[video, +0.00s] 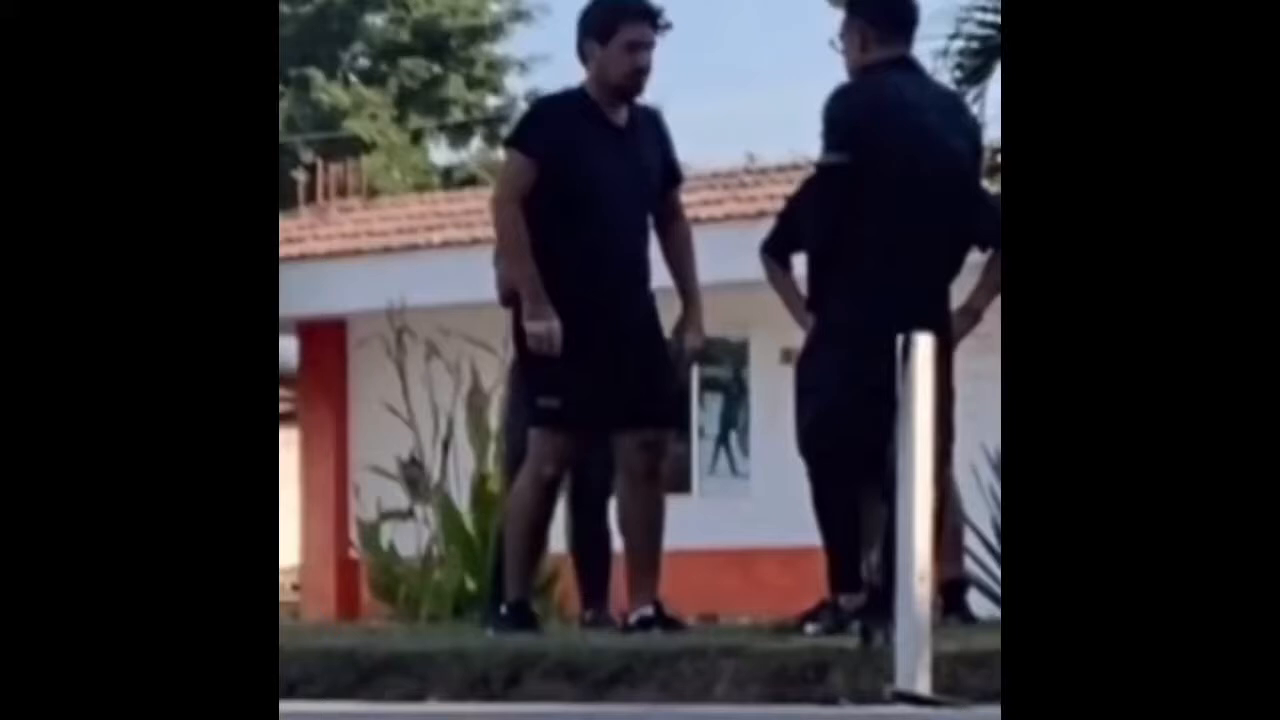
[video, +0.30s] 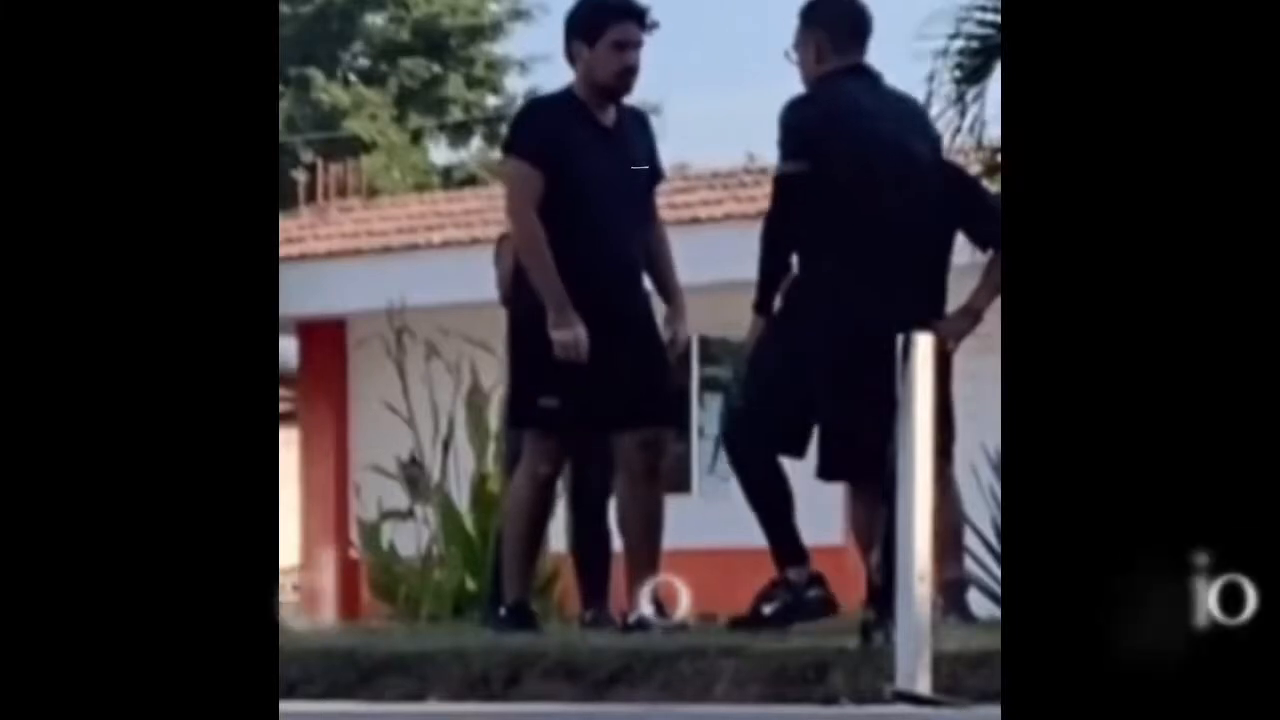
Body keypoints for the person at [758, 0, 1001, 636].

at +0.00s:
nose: (843, 51)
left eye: (846, 39)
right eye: (845, 40)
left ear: (860, 37)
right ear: (907, 36)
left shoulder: (850, 98)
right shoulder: (954, 107)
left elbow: (836, 194)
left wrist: (806, 307)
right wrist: (962, 317)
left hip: (850, 315)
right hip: (921, 316)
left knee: (834, 456)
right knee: (922, 460)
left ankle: (847, 592)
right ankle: (928, 591)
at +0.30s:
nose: (795, 57)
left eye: (799, 45)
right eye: (797, 46)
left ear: (818, 45)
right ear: (862, 44)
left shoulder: (809, 112)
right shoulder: (908, 119)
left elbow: (784, 222)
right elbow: (996, 230)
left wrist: (763, 304)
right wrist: (970, 314)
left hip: (824, 315)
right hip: (902, 320)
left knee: (746, 434)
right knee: (873, 472)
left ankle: (795, 575)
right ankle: (886, 608)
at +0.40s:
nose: (774, 70)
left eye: (776, 59)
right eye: (775, 59)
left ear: (791, 58)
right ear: (837, 55)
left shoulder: (786, 121)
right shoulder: (882, 114)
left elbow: (766, 226)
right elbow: (920, 201)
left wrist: (738, 309)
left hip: (803, 310)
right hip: (878, 313)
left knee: (716, 436)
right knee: (871, 471)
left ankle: (736, 585)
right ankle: (883, 604)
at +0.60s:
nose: (708, 92)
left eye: (711, 82)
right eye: (710, 82)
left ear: (724, 82)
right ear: (771, 78)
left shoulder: (721, 153)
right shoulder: (825, 135)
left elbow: (700, 247)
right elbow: (852, 221)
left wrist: (647, 271)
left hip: (755, 328)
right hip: (834, 324)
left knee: (685, 453)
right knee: (866, 474)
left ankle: (665, 592)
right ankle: (884, 603)